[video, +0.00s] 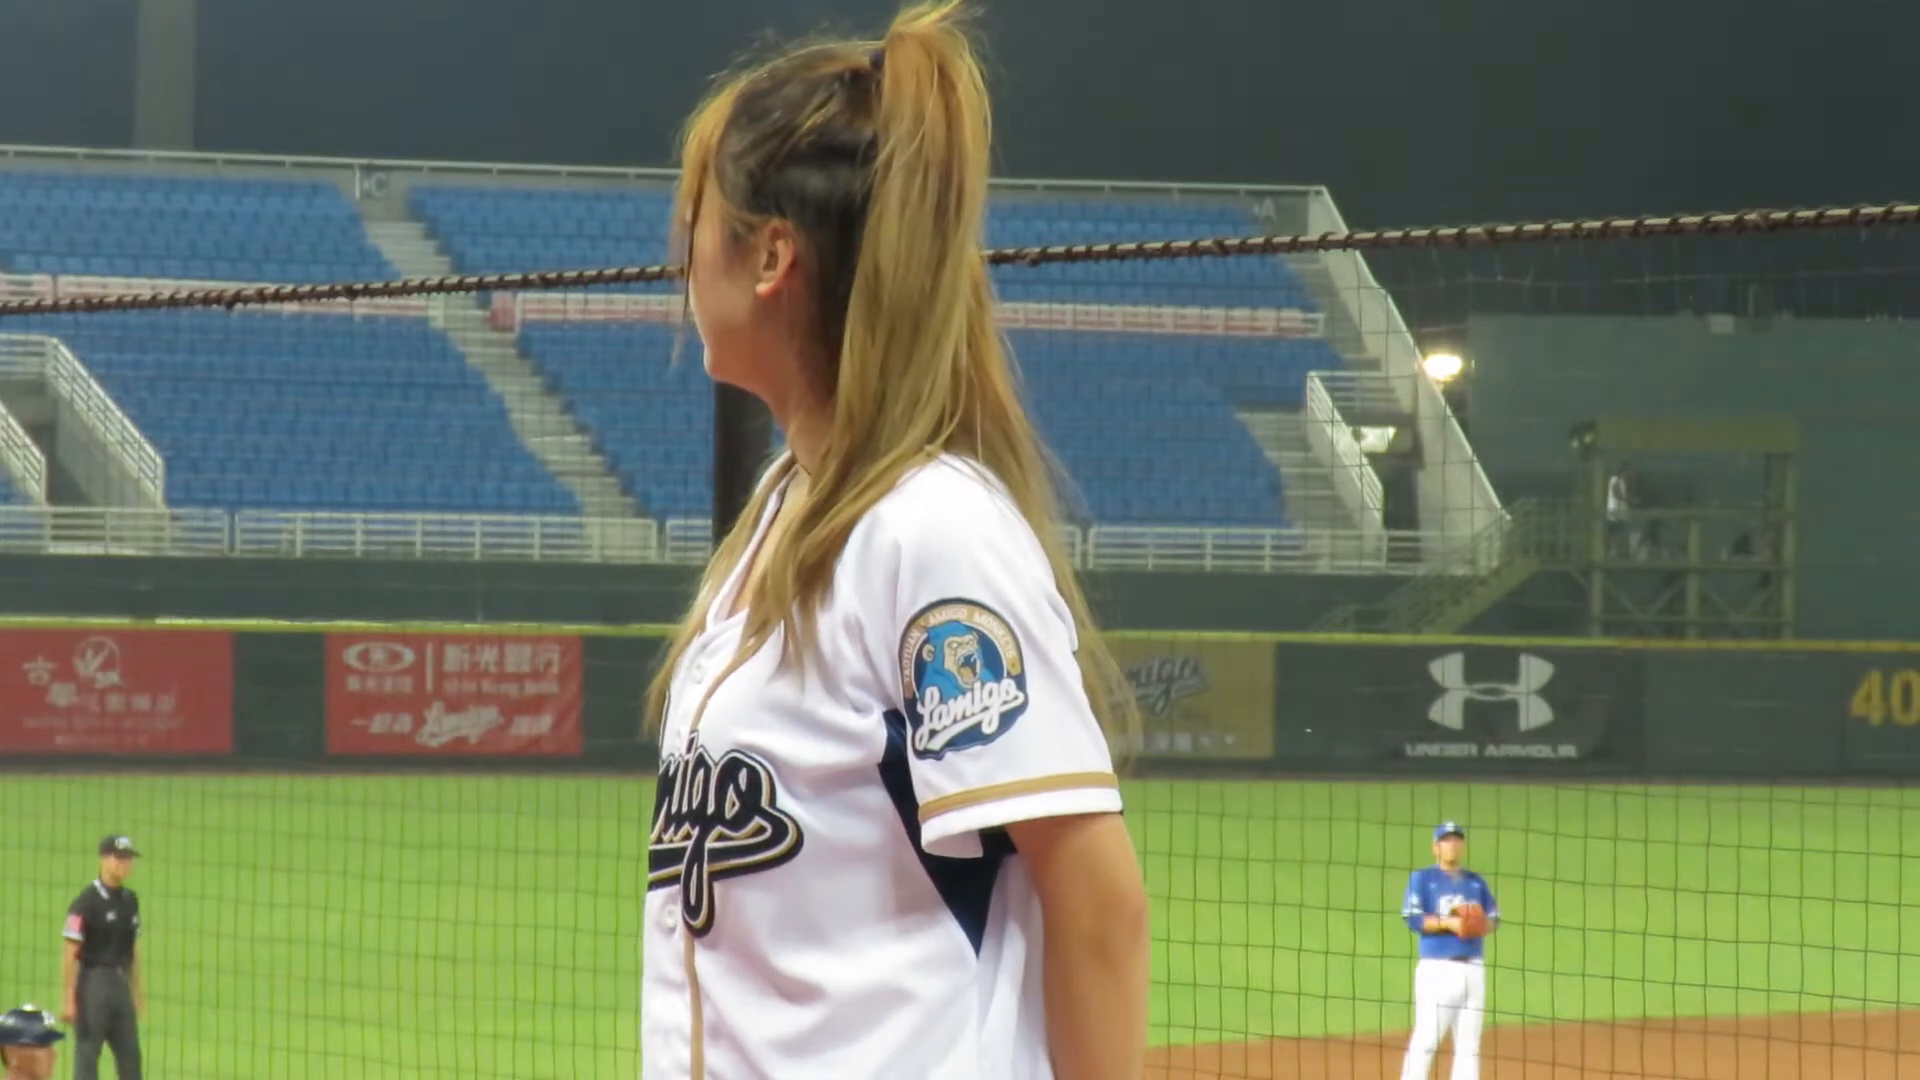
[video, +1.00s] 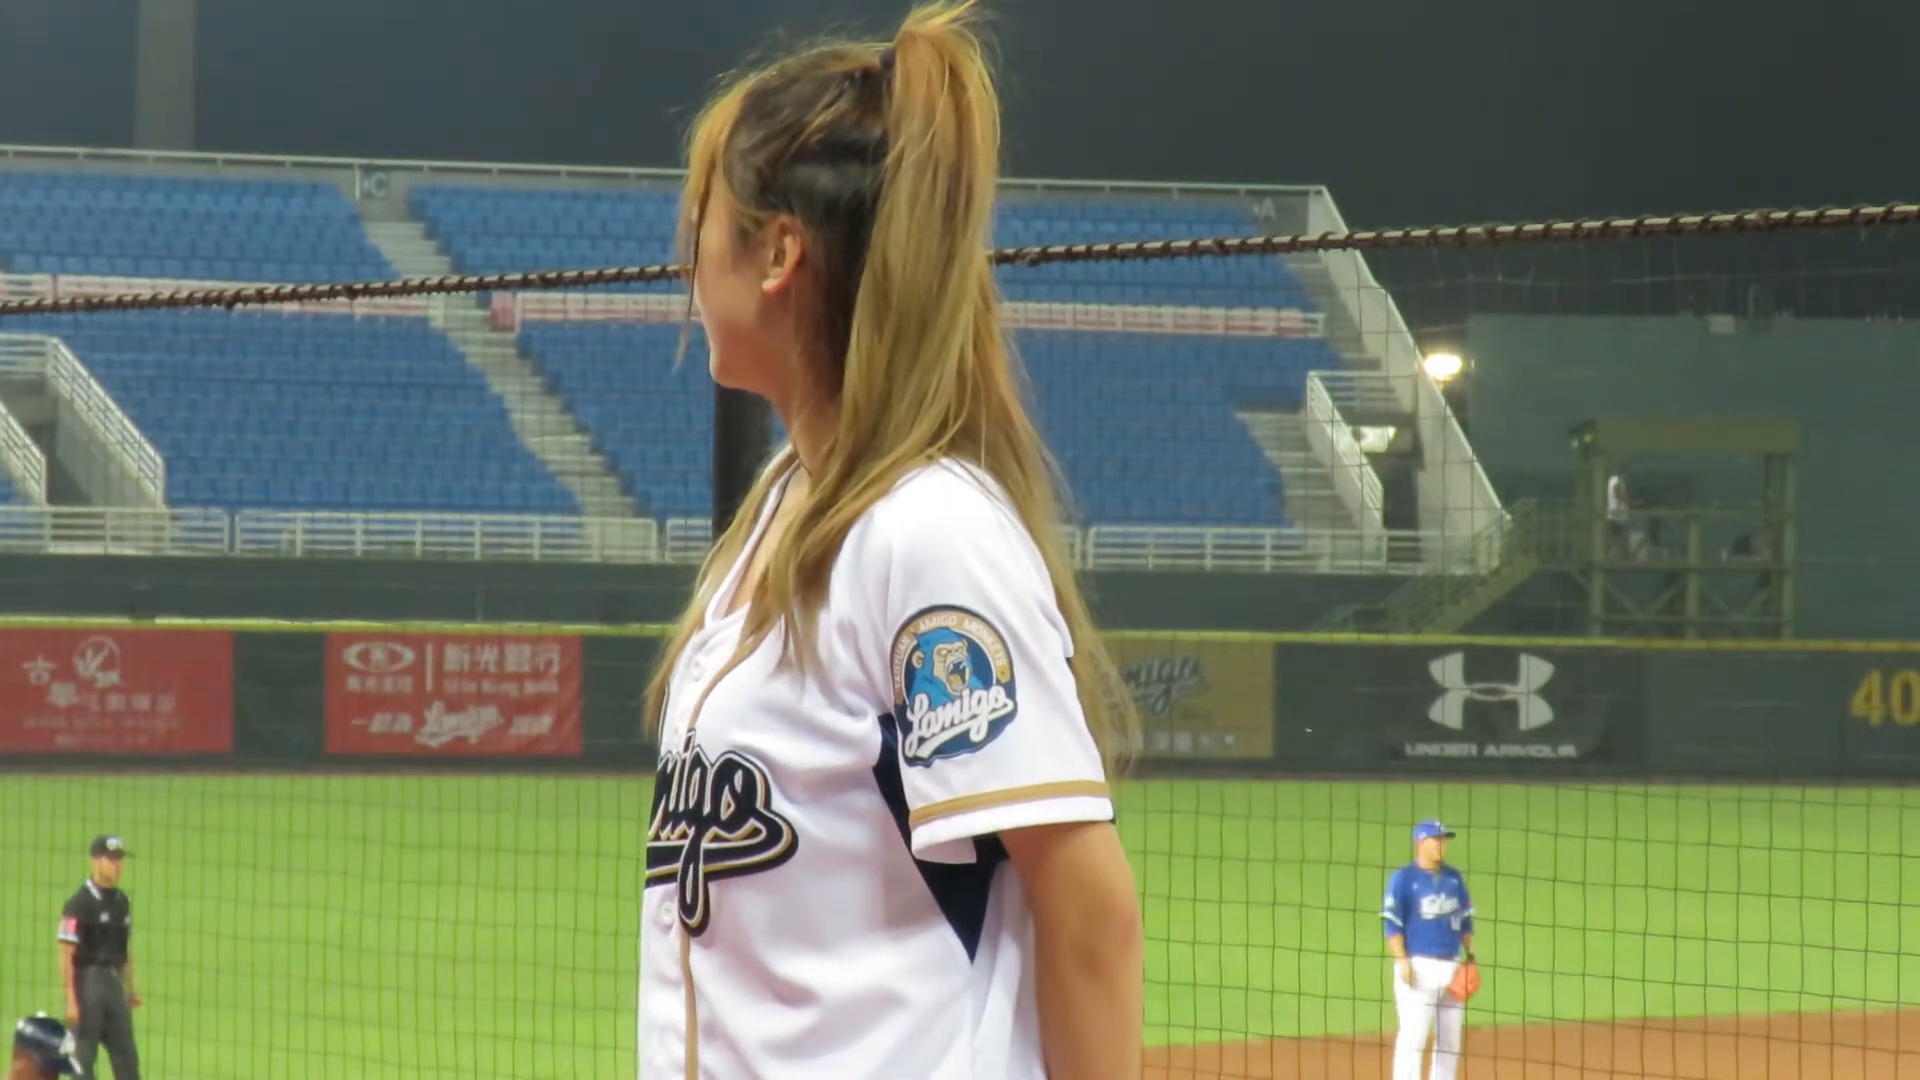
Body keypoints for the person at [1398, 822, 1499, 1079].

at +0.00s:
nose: (1452, 846)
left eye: (1457, 840)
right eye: (1446, 841)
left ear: (1463, 845)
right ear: (1436, 846)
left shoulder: (1475, 881)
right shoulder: (1421, 879)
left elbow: (1493, 917)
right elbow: (1414, 919)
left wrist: (1478, 923)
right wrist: (1452, 923)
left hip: (1472, 967)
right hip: (1436, 965)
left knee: (1469, 1044)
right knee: (1426, 1040)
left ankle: (1466, 1078)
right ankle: (1412, 1076)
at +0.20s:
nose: (1441, 845)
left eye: (1446, 839)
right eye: (1436, 839)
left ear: (1452, 844)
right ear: (1426, 844)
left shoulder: (1466, 881)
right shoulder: (1409, 879)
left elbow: (1477, 923)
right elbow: (1394, 916)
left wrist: (1472, 956)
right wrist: (1412, 944)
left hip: (1458, 966)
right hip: (1421, 967)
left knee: (1460, 1043)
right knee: (1418, 1041)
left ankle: (1462, 1077)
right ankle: (1411, 1077)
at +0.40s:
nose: (1434, 845)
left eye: (1438, 839)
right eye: (1428, 839)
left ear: (1443, 844)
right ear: (1415, 845)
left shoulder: (1455, 880)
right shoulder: (1399, 880)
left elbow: (1464, 925)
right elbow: (1384, 925)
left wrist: (1463, 960)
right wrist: (1377, 961)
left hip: (1448, 966)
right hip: (1410, 966)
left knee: (1455, 1043)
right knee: (1409, 1040)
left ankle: (1458, 1078)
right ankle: (1405, 1077)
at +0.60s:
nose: (1431, 845)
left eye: (1433, 839)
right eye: (1424, 840)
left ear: (1437, 843)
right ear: (1410, 845)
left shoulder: (1448, 877)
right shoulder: (1394, 878)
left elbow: (1460, 920)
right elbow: (1376, 920)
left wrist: (1459, 957)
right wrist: (1376, 965)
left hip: (1446, 965)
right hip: (1409, 967)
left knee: (1454, 1042)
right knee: (1408, 1040)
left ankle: (1451, 1077)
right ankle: (1404, 1077)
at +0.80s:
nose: (1431, 844)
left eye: (1433, 839)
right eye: (1425, 840)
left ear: (1438, 843)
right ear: (1410, 844)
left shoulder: (1447, 876)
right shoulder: (1395, 878)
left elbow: (1459, 921)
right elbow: (1388, 927)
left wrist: (1462, 958)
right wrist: (1392, 966)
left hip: (1447, 964)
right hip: (1412, 965)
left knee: (1455, 1038)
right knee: (1409, 1039)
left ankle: (1446, 1077)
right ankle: (1404, 1077)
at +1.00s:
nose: (1441, 845)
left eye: (1442, 840)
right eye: (1435, 840)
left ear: (1444, 843)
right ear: (1421, 842)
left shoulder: (1454, 877)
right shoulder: (1403, 878)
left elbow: (1465, 921)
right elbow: (1392, 923)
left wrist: (1470, 956)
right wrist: (1402, 960)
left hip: (1452, 965)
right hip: (1417, 965)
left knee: (1450, 1041)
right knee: (1414, 1038)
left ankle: (1443, 1078)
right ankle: (1406, 1077)